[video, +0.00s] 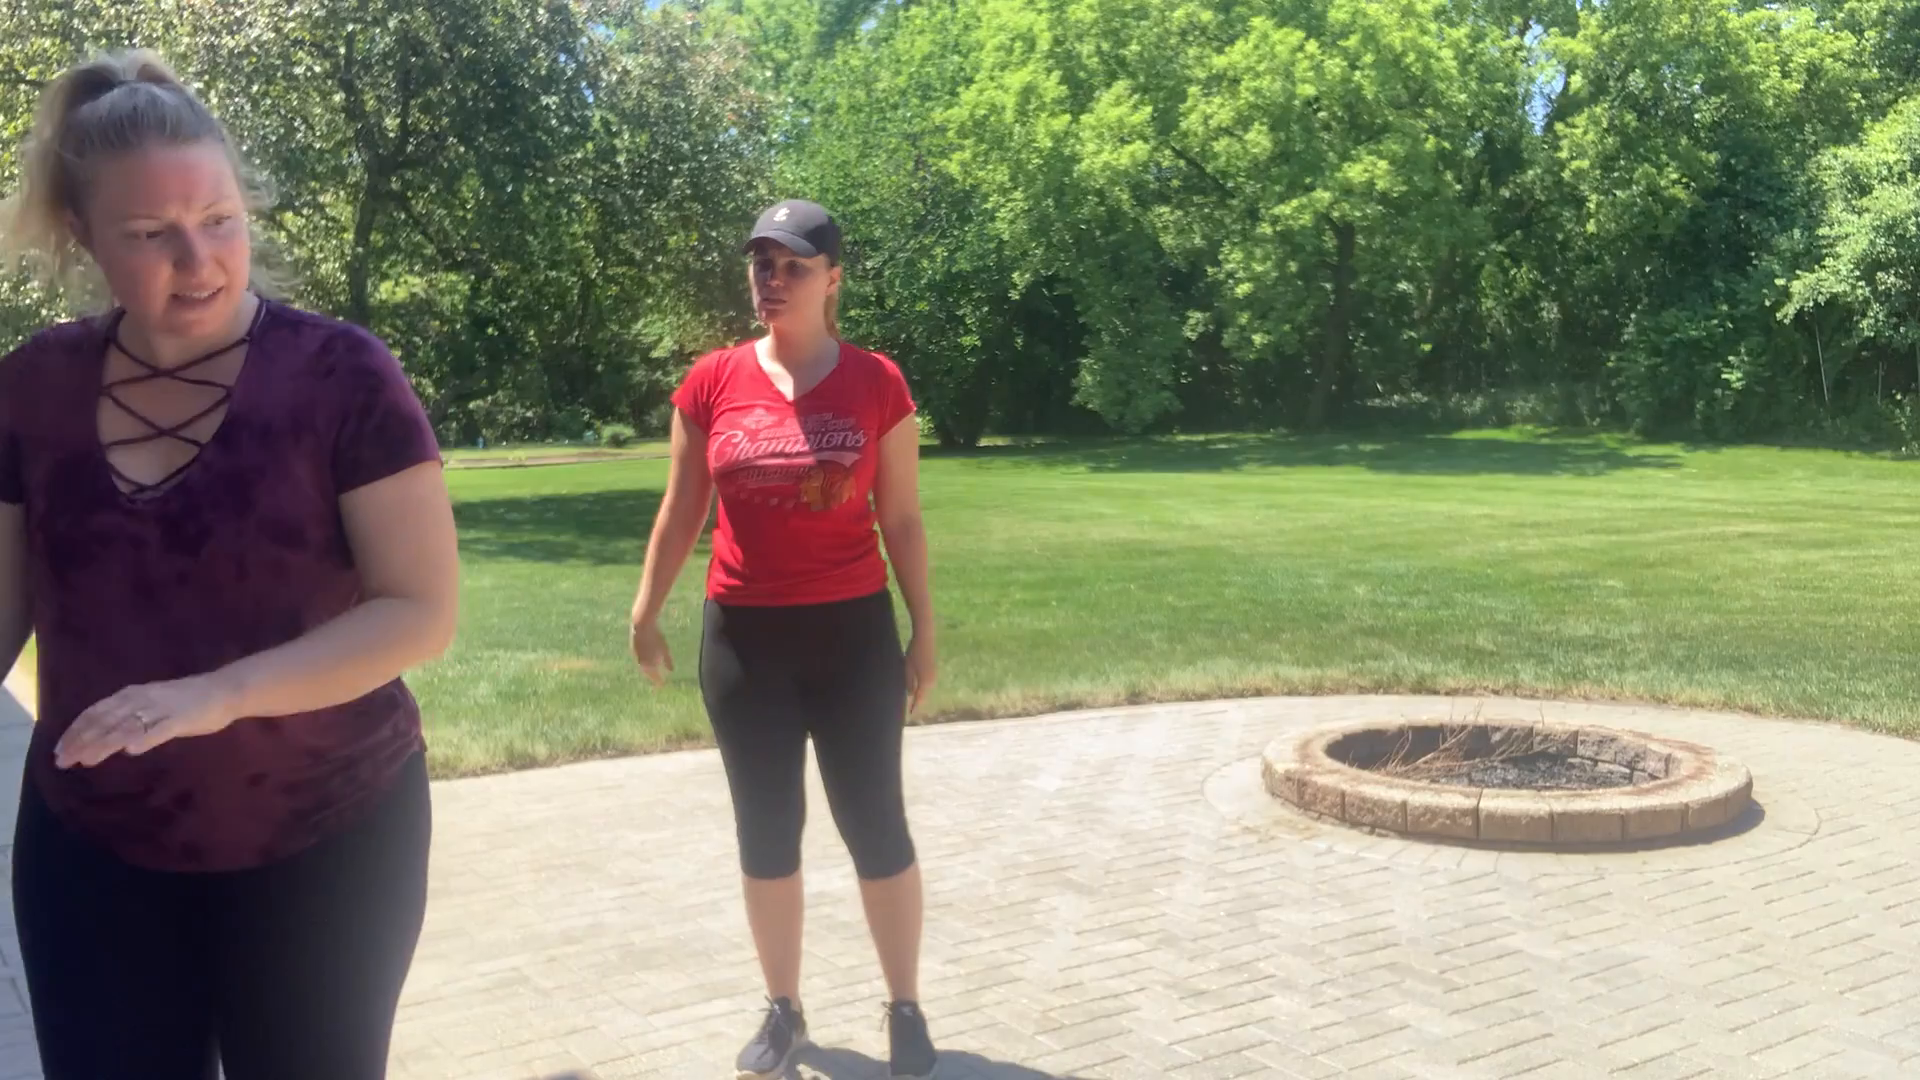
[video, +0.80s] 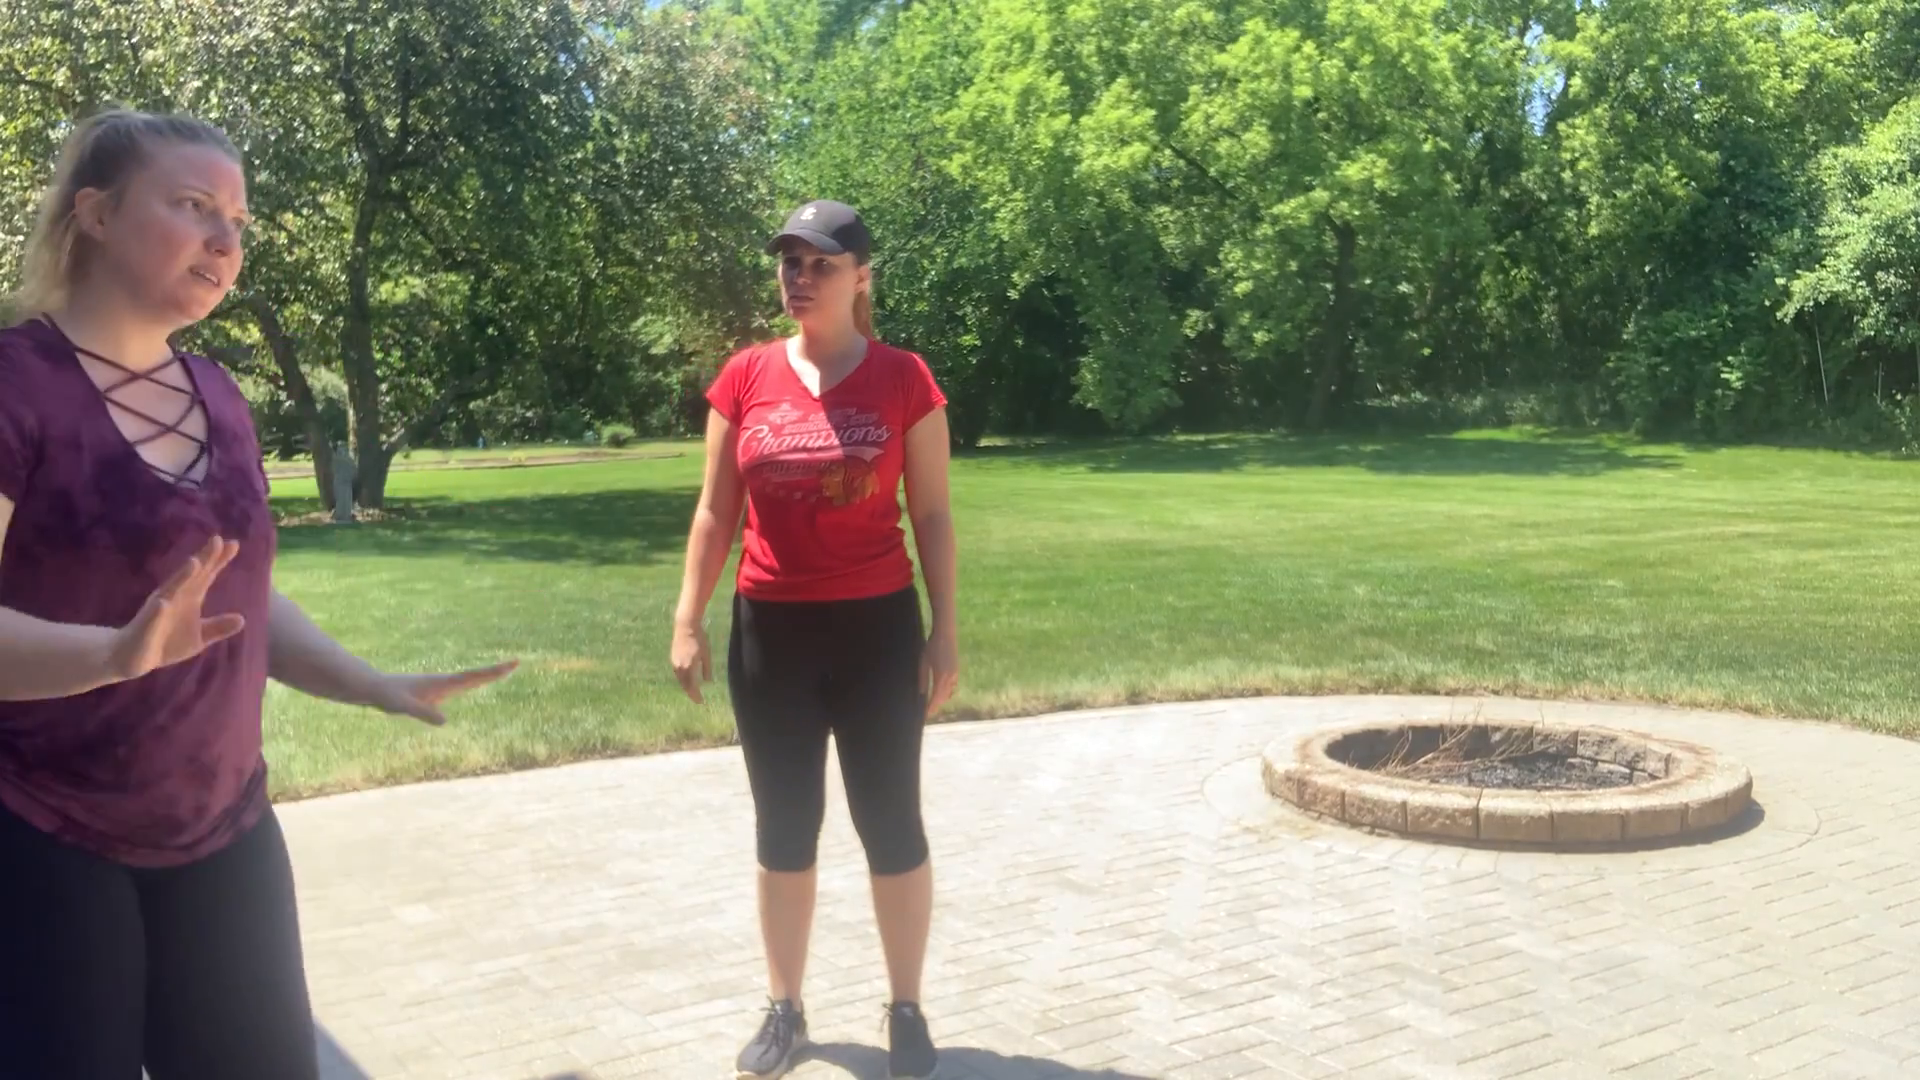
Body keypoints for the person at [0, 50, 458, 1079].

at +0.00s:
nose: (200, 264)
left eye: (220, 221)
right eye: (153, 235)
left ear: (248, 208)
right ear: (84, 241)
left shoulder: (342, 375)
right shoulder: (33, 387)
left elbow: (422, 612)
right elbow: (7, 606)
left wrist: (218, 693)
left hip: (321, 840)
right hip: (96, 843)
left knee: (312, 1066)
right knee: (109, 1065)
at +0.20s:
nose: (246, 229)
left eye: (254, 195)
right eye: (201, 204)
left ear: (271, 200)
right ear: (105, 224)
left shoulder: (349, 371)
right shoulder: (32, 386)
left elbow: (444, 587)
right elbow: (4, 602)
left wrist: (306, 617)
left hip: (323, 841)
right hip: (89, 846)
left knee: (318, 1065)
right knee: (113, 1065)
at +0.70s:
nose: (236, 241)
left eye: (249, 220)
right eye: (202, 205)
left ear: (257, 244)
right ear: (101, 211)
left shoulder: (264, 398)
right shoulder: (13, 383)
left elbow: (317, 590)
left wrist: (416, 649)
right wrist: (74, 639)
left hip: (259, 842)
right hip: (61, 854)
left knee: (282, 1066)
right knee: (86, 1066)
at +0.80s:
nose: (228, 241)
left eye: (237, 222)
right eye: (195, 206)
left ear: (239, 250)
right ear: (91, 216)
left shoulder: (217, 394)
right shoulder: (14, 383)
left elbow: (242, 597)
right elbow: (0, 628)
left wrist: (381, 686)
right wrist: (110, 653)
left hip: (223, 824)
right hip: (52, 838)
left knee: (267, 1065)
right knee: (75, 1066)